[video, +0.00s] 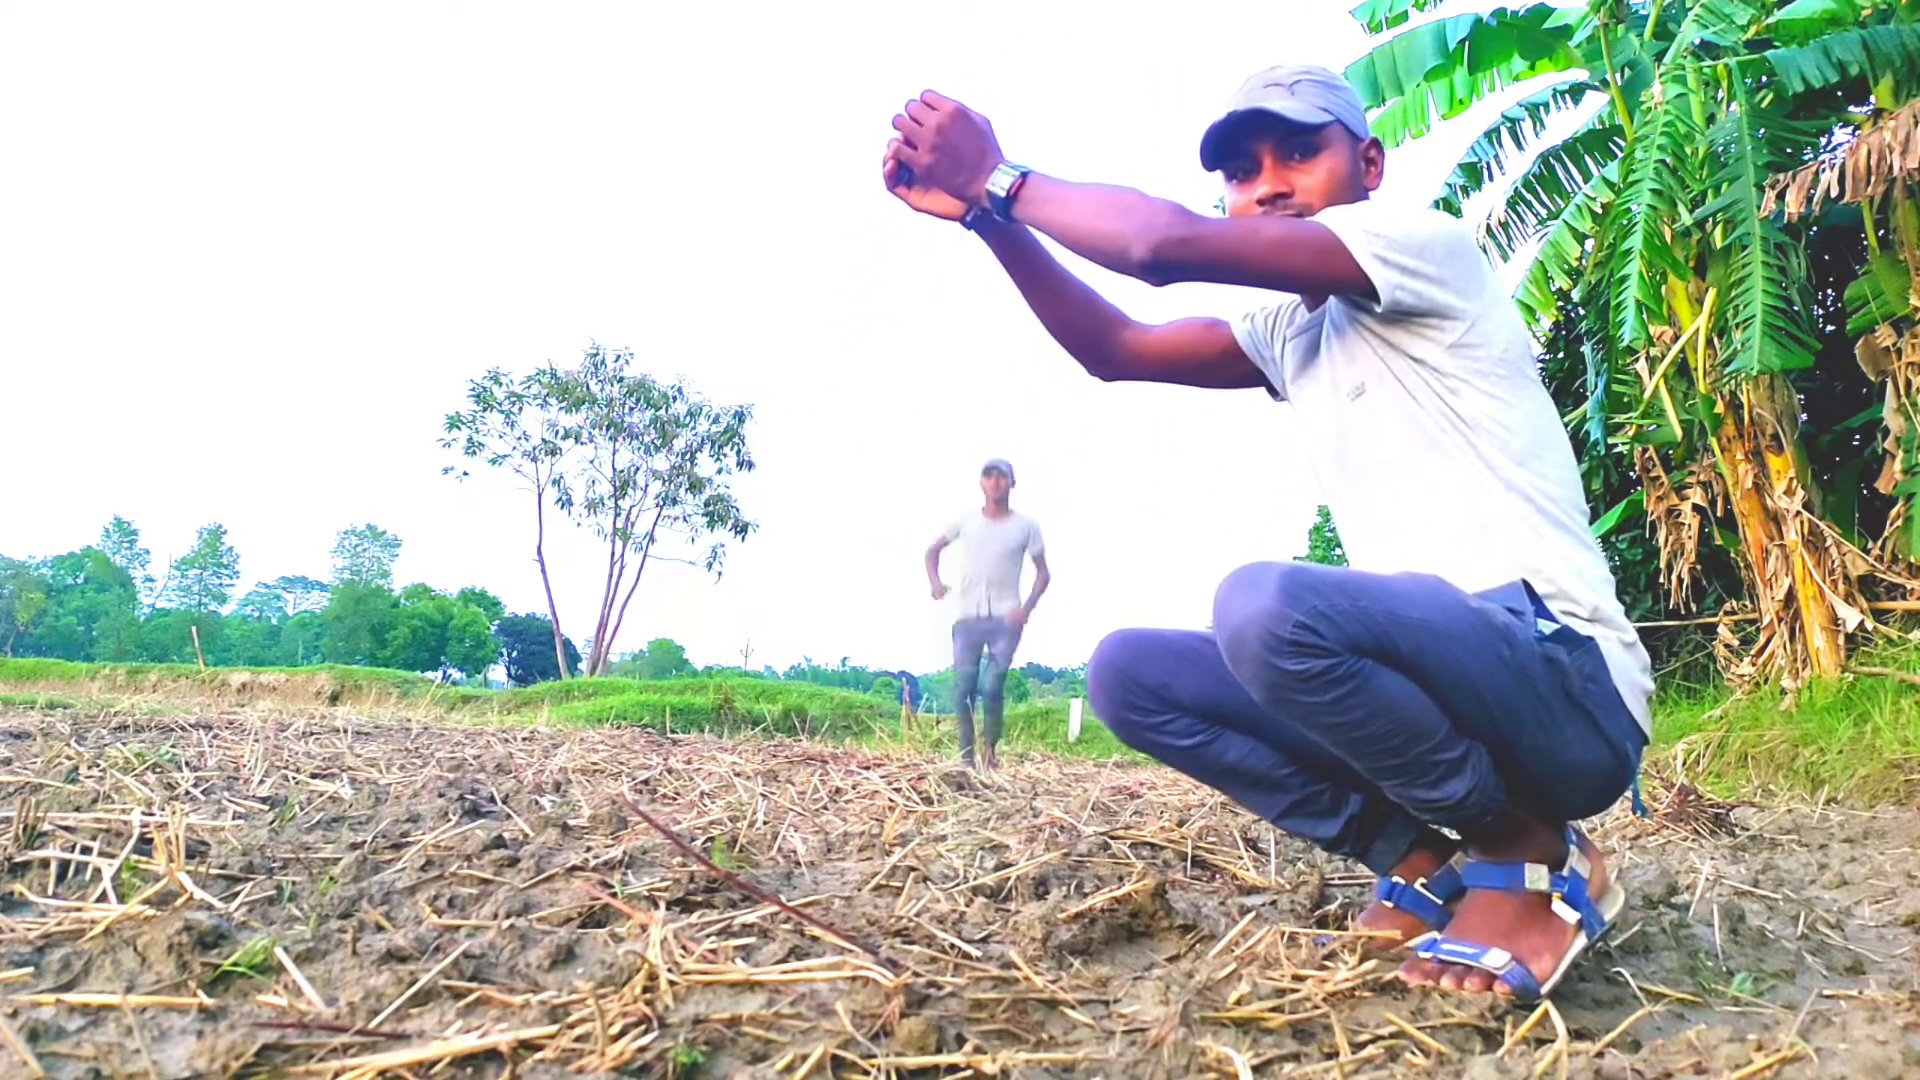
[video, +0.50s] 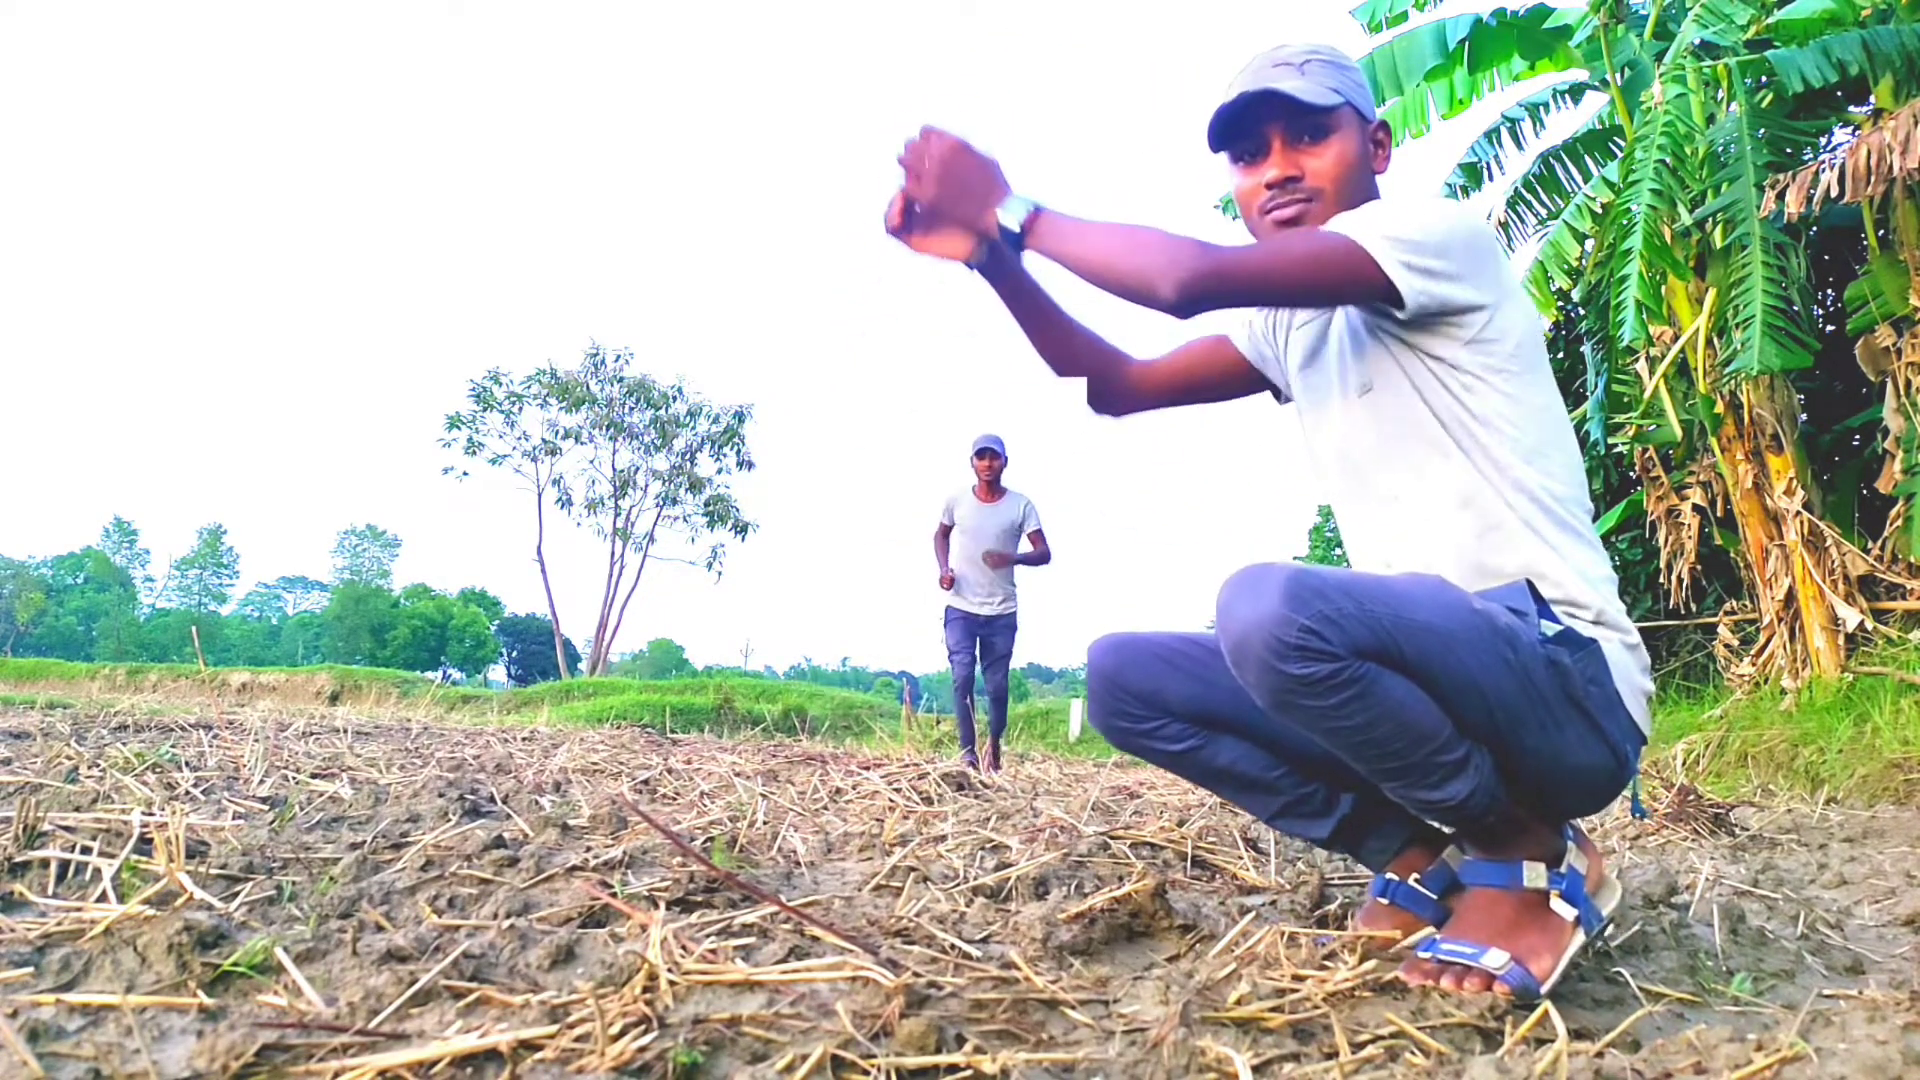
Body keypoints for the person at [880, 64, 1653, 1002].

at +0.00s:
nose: (1268, 183)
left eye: (1300, 149)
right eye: (1241, 168)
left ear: (1371, 164)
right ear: (1228, 193)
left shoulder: (1425, 246)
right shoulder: (1297, 330)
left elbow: (1158, 243)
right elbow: (1114, 348)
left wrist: (995, 179)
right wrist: (992, 219)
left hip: (1565, 674)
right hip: (1441, 689)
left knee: (1266, 610)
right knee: (1129, 674)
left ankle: (1529, 851)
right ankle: (1424, 857)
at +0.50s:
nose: (1275, 167)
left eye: (1309, 132)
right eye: (1247, 148)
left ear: (1379, 149)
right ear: (1231, 180)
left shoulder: (1443, 239)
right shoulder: (1295, 328)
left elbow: (1189, 278)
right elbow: (1116, 383)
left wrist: (1011, 212)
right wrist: (991, 257)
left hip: (1566, 670)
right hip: (1435, 684)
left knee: (1271, 611)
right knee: (1124, 681)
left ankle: (1520, 859)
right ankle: (1425, 854)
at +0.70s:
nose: (1273, 168)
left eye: (1302, 136)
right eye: (1241, 150)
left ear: (1364, 151)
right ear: (1220, 190)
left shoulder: (1457, 259)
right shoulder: (1275, 369)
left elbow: (1387, 461)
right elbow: (1228, 554)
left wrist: (1147, 494)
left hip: (1573, 684)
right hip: (1420, 707)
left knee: (1278, 608)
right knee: (1122, 677)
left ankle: (1521, 859)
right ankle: (1411, 853)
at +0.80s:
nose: (1235, 188)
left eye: (1263, 151)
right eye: (1200, 172)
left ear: (1328, 156)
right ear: (1183, 210)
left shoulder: (1444, 255)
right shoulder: (1252, 370)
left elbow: (1455, 472)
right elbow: (1250, 561)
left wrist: (1202, 512)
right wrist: (1167, 598)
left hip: (1594, 676)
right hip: (1426, 703)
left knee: (1341, 567)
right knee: (1140, 658)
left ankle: (1533, 858)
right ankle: (1412, 862)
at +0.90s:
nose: (1226, 163)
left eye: (1249, 120)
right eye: (1188, 144)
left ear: (1312, 112)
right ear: (1163, 176)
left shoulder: (1438, 205)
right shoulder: (1236, 323)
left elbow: (1496, 432)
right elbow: (1251, 520)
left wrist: (1227, 473)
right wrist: (1168, 578)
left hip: (1615, 606)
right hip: (1439, 632)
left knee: (1390, 528)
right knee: (1158, 629)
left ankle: (1529, 864)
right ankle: (1416, 860)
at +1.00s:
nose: (1247, 67)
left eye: (1272, 23)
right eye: (1207, 43)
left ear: (1337, 15)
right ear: (1175, 71)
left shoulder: (1479, 120)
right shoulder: (1226, 220)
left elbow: (1533, 378)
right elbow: (1249, 434)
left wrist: (1276, 469)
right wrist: (1193, 551)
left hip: (1626, 465)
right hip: (1426, 491)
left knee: (1445, 500)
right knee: (1187, 594)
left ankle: (1533, 864)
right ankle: (1426, 864)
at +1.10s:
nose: (1338, 73)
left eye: (1367, 48)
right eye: (1315, 44)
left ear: (1428, 12)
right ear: (1295, 11)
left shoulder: (1556, 28)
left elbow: (1561, 316)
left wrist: (1348, 507)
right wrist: (1264, 550)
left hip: (1634, 332)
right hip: (1449, 359)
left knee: (1500, 505)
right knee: (1220, 555)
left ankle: (1542, 876)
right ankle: (1429, 856)